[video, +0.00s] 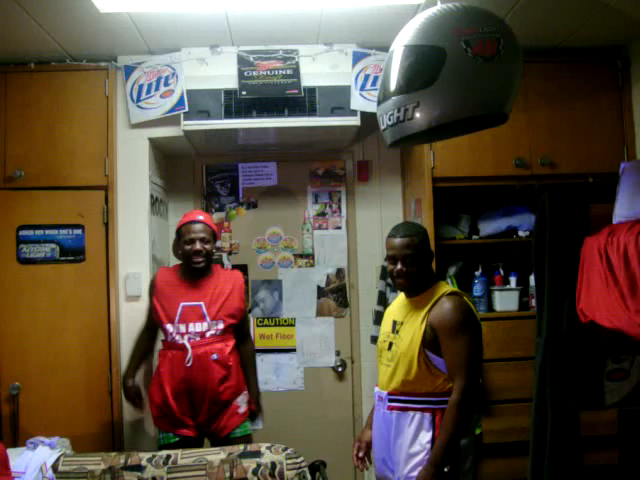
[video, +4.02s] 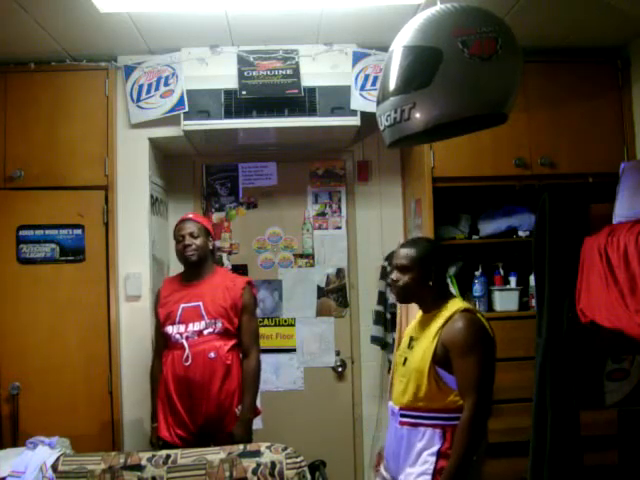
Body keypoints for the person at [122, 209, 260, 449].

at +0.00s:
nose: (197, 248)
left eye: (204, 241)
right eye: (189, 242)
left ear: (214, 245)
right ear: (177, 247)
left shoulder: (233, 280)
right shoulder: (162, 280)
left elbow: (243, 339)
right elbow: (150, 331)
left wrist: (253, 393)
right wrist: (129, 375)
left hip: (226, 399)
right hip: (175, 401)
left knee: (240, 472)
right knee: (175, 477)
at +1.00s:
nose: (210, 247)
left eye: (217, 240)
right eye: (202, 241)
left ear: (228, 245)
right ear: (190, 247)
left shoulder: (246, 284)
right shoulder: (175, 284)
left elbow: (257, 347)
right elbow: (165, 345)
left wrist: (270, 405)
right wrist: (146, 403)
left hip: (233, 409)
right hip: (182, 410)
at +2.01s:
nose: (206, 247)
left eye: (213, 240)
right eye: (198, 241)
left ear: (223, 245)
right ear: (186, 247)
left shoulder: (243, 285)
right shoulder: (171, 285)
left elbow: (256, 350)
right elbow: (161, 350)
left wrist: (263, 413)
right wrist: (155, 412)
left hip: (234, 409)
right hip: (181, 409)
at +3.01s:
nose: (186, 240)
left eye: (194, 234)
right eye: (180, 237)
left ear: (211, 240)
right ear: (176, 247)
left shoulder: (238, 287)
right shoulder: (167, 290)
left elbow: (251, 354)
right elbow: (161, 355)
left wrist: (247, 415)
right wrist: (157, 418)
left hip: (226, 416)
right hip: (176, 417)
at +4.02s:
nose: (186, 242)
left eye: (194, 236)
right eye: (180, 239)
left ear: (210, 242)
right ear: (176, 247)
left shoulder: (237, 287)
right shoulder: (166, 290)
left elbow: (251, 354)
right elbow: (159, 355)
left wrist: (245, 416)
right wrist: (157, 418)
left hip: (225, 415)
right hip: (176, 416)